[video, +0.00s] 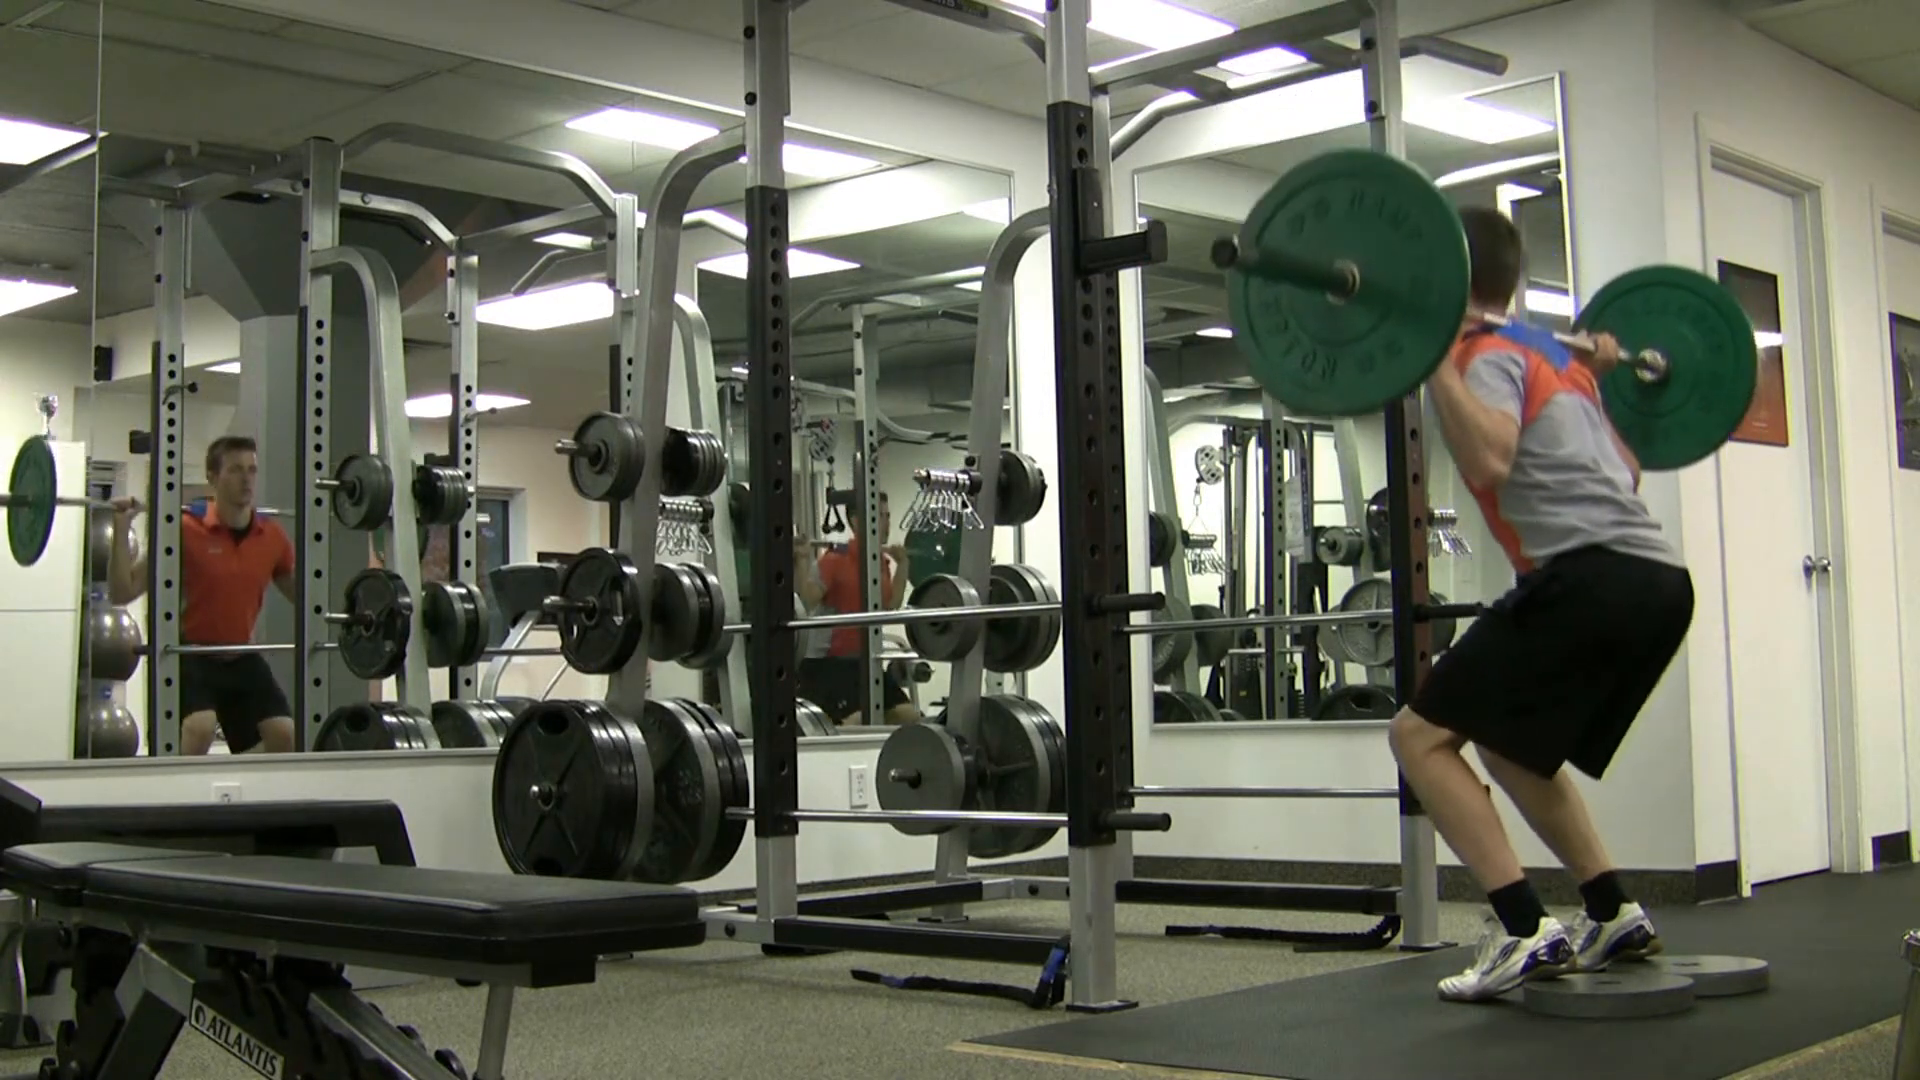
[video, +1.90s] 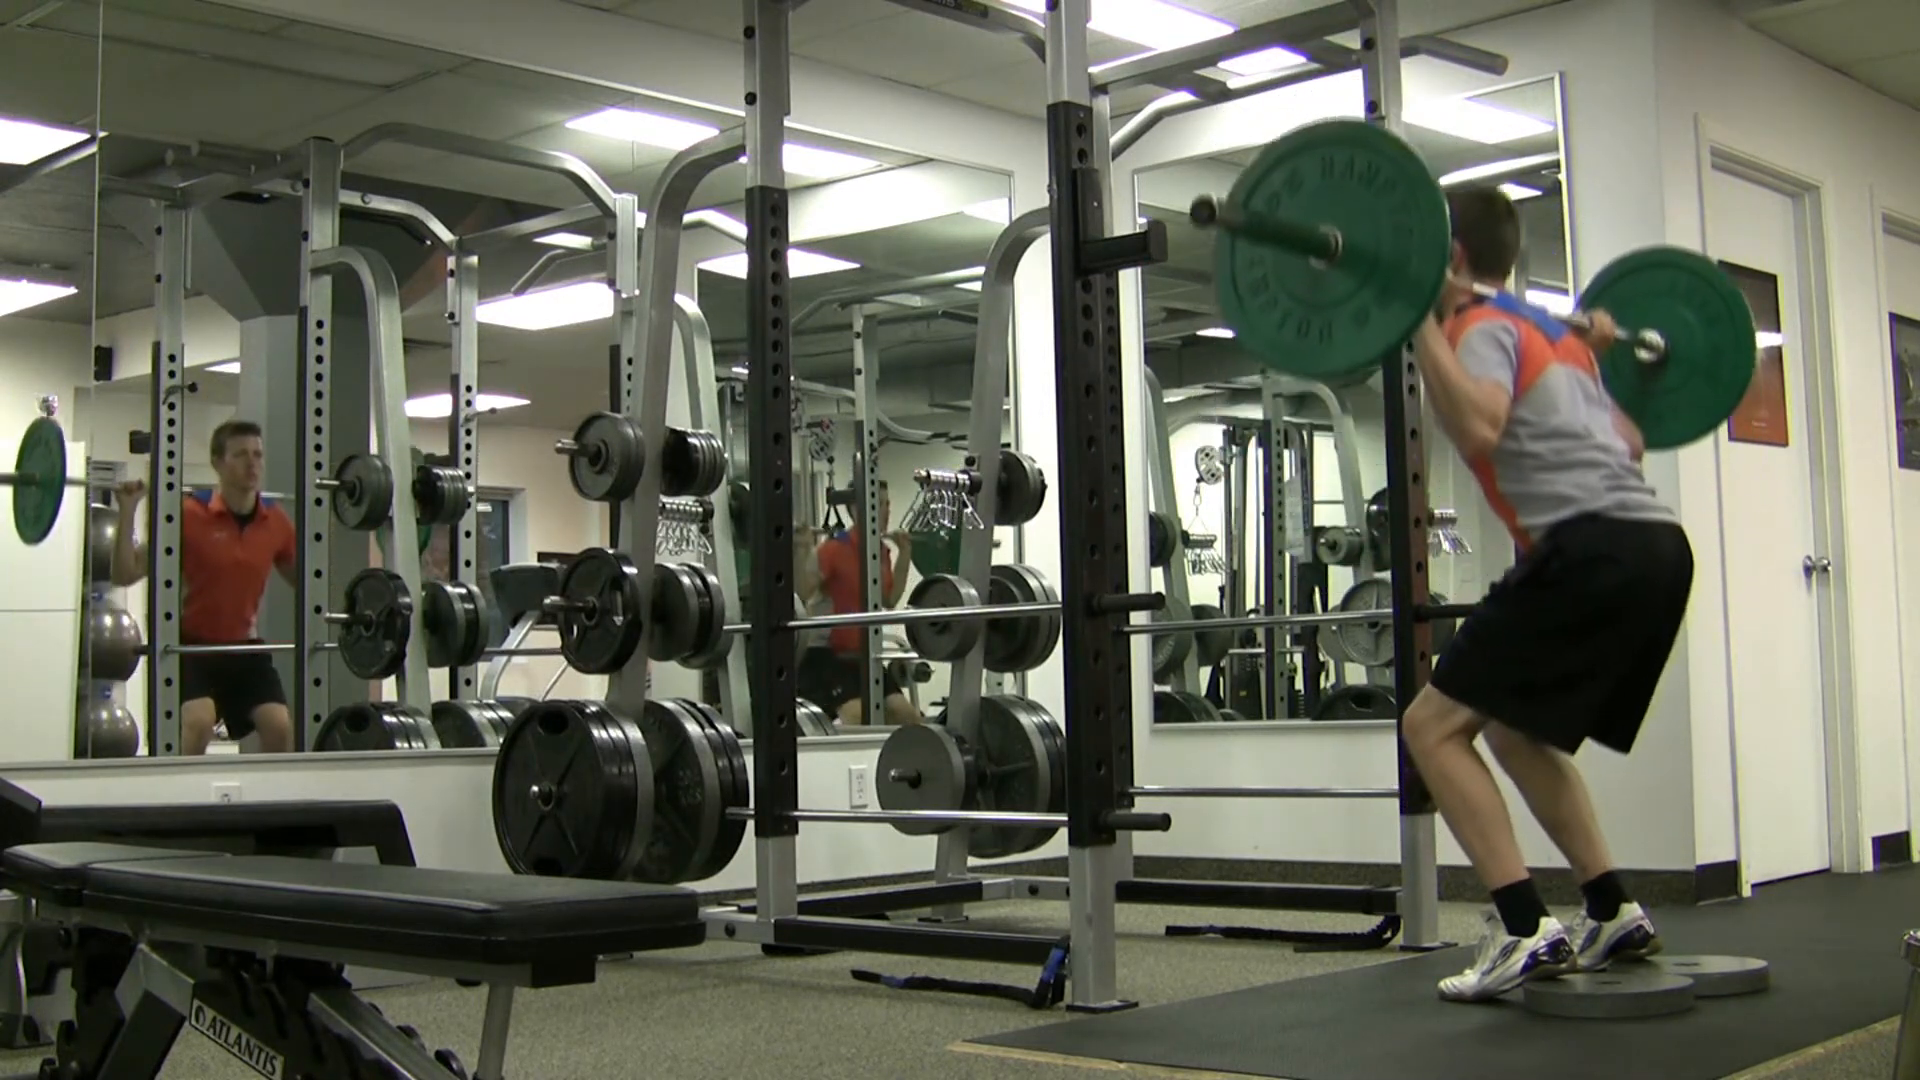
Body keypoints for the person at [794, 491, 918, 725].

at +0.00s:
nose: (883, 522)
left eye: (885, 516)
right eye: (876, 515)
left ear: (888, 521)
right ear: (854, 521)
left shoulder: (882, 562)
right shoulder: (835, 558)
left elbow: (890, 608)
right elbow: (811, 599)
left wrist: (902, 564)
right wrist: (802, 561)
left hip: (870, 660)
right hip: (838, 660)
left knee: (909, 718)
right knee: (856, 723)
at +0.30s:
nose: (887, 549)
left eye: (889, 543)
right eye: (880, 542)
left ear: (891, 545)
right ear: (856, 546)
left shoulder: (883, 589)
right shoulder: (833, 587)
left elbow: (888, 638)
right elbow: (811, 632)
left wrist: (904, 593)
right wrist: (803, 590)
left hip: (865, 680)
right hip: (824, 680)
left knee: (912, 718)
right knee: (860, 720)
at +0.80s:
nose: (889, 584)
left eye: (891, 578)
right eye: (880, 578)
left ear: (894, 579)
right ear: (858, 582)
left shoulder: (885, 619)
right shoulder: (837, 618)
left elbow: (893, 673)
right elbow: (810, 665)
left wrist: (906, 625)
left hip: (872, 703)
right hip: (837, 704)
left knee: (915, 721)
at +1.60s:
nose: (889, 548)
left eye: (890, 541)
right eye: (882, 541)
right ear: (858, 546)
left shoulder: (883, 586)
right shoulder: (834, 586)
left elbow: (889, 635)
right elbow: (818, 633)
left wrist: (906, 591)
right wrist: (805, 590)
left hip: (871, 680)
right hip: (837, 681)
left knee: (914, 720)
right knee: (860, 729)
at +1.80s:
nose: (888, 523)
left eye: (888, 516)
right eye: (881, 516)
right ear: (856, 521)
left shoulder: (882, 563)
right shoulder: (833, 561)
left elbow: (892, 610)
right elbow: (806, 604)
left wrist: (905, 564)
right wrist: (803, 562)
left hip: (870, 663)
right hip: (834, 663)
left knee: (911, 717)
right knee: (856, 717)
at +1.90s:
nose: (886, 510)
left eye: (887, 504)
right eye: (879, 504)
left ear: (887, 508)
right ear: (856, 509)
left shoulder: (881, 551)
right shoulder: (833, 549)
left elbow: (891, 599)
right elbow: (804, 593)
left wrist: (905, 553)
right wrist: (802, 551)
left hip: (871, 655)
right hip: (838, 654)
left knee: (909, 717)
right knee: (855, 716)